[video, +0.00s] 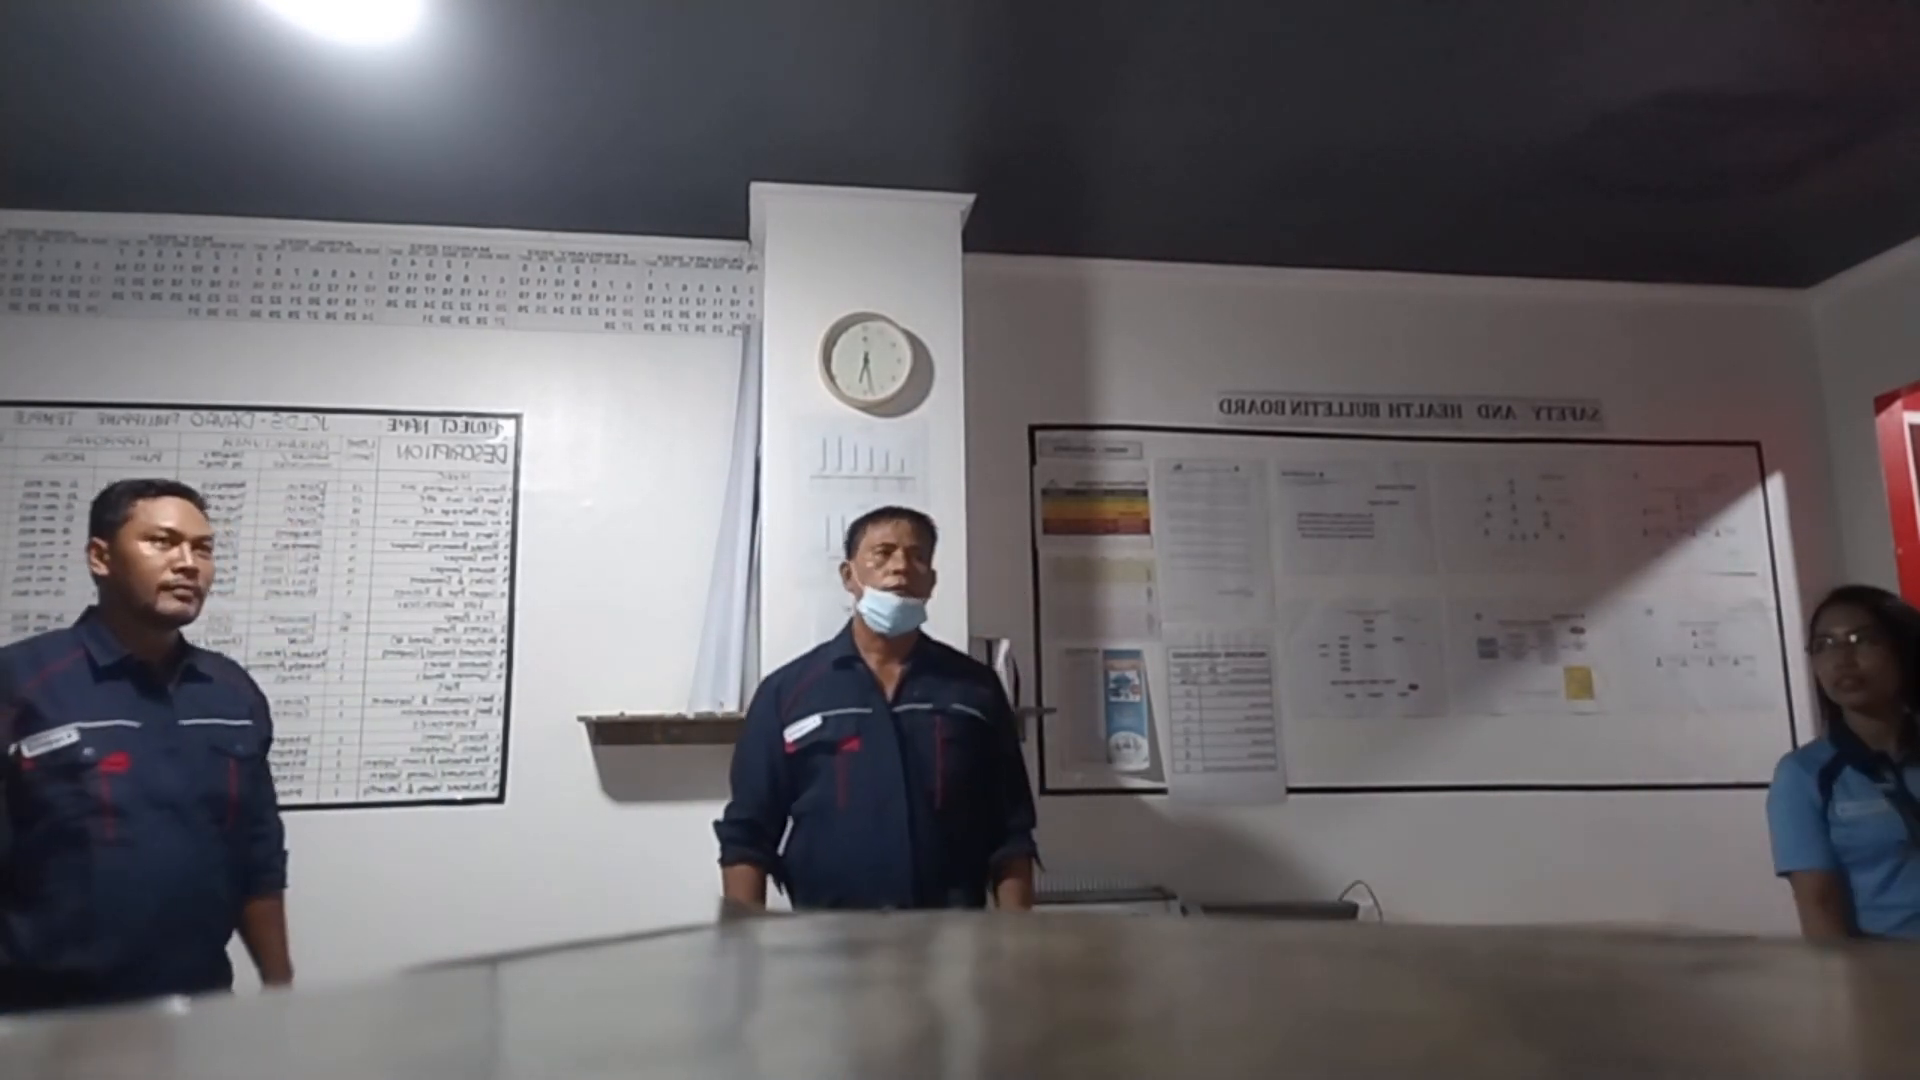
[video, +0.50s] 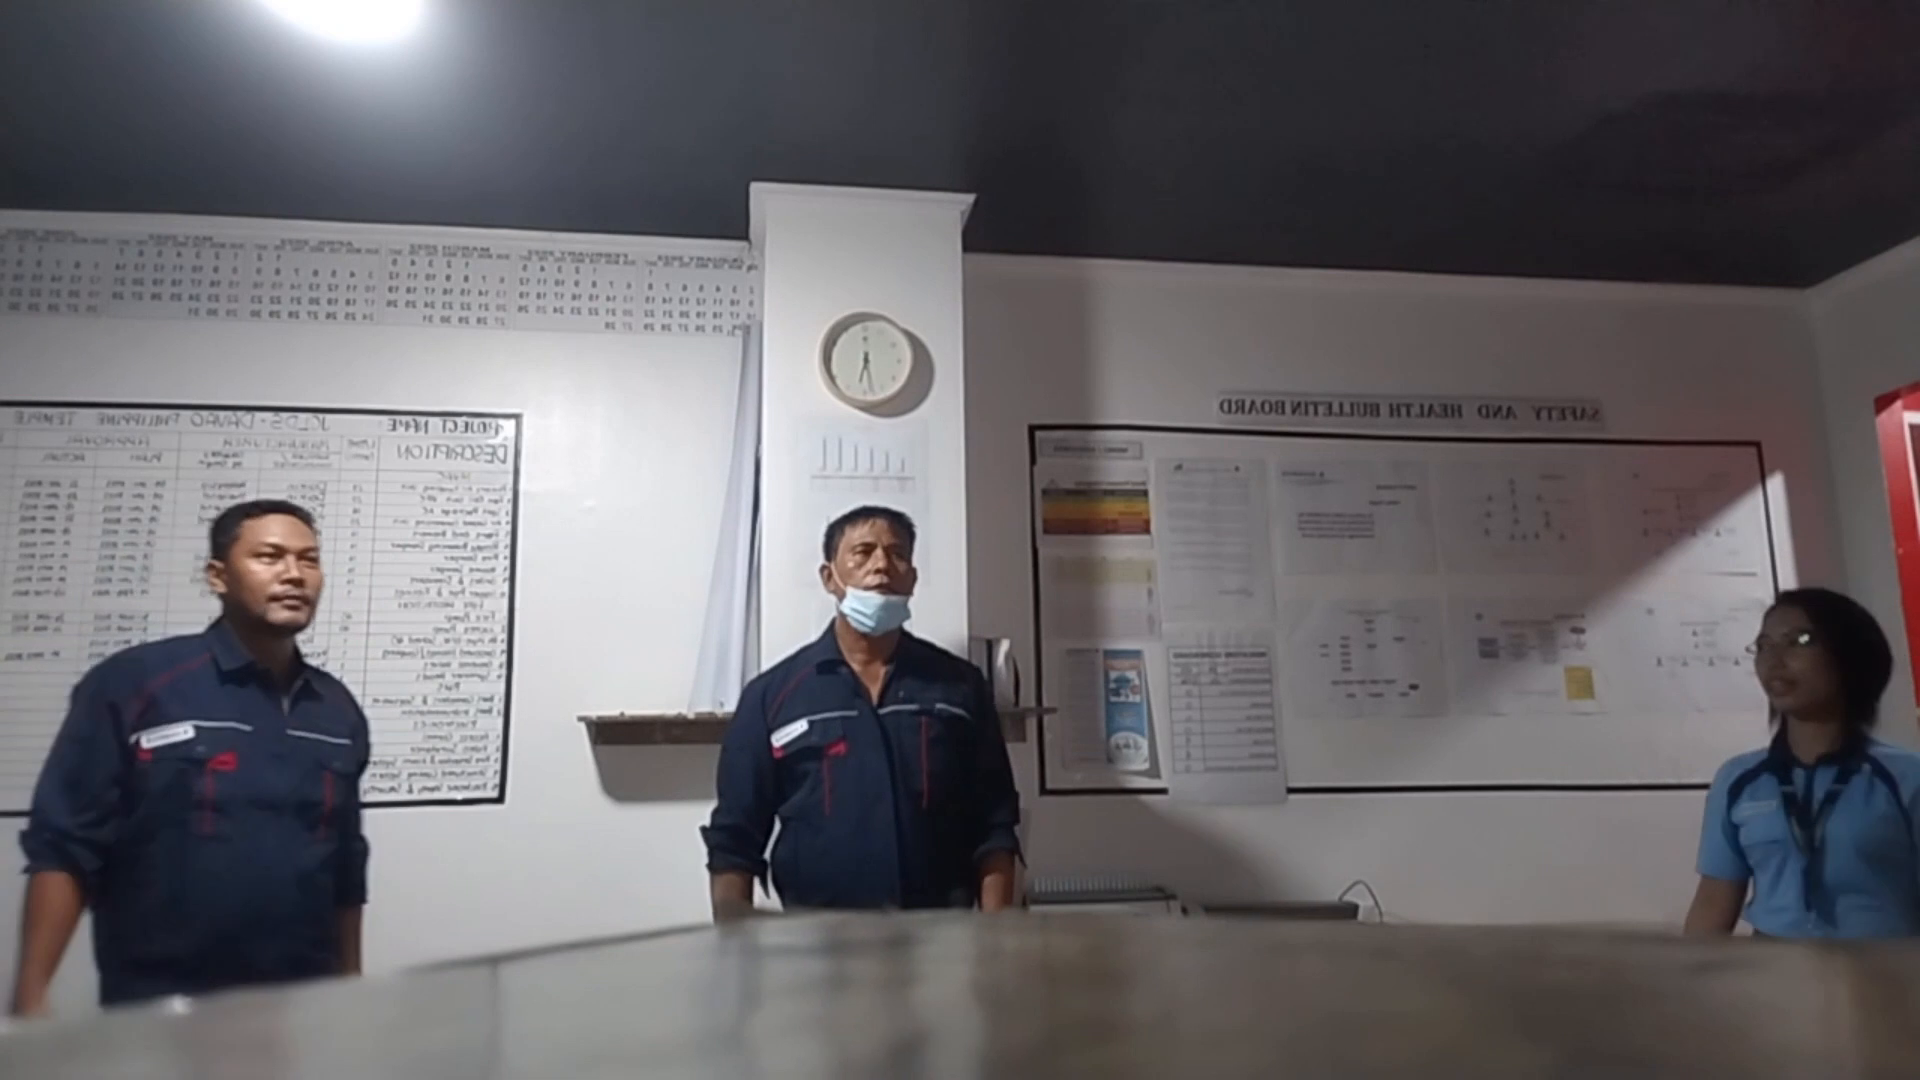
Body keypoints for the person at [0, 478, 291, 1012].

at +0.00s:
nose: (190, 563)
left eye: (202, 547)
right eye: (163, 541)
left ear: (213, 564)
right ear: (100, 558)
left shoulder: (234, 693)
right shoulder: (18, 681)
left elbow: (256, 857)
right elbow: (9, 850)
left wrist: (281, 988)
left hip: (193, 1014)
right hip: (46, 1020)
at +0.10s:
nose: (205, 563)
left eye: (217, 548)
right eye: (178, 542)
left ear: (229, 566)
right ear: (117, 562)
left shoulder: (247, 697)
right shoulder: (27, 686)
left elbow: (270, 854)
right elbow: (12, 853)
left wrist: (306, 987)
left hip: (202, 1012)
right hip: (56, 1018)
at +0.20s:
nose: (217, 566)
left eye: (229, 551)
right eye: (190, 547)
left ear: (242, 570)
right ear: (132, 567)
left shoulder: (258, 703)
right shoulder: (38, 690)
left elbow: (278, 857)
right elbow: (11, 857)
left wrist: (320, 989)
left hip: (215, 1011)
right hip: (71, 1017)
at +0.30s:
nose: (240, 570)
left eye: (252, 554)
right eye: (212, 552)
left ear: (266, 570)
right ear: (158, 573)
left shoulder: (281, 709)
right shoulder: (63, 695)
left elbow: (292, 862)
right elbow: (16, 877)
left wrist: (333, 997)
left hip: (243, 1017)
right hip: (99, 1022)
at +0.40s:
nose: (266, 571)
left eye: (279, 555)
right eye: (240, 554)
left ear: (294, 571)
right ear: (188, 575)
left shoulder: (310, 709)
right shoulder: (99, 691)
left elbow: (317, 871)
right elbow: (36, 869)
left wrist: (338, 1006)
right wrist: (0, 1003)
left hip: (276, 1021)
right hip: (133, 1024)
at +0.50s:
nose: (294, 575)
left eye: (308, 560)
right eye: (269, 557)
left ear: (322, 578)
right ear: (219, 576)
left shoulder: (340, 714)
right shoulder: (127, 689)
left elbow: (344, 880)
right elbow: (65, 852)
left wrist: (348, 1002)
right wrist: (30, 1002)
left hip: (301, 1018)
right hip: (161, 1018)